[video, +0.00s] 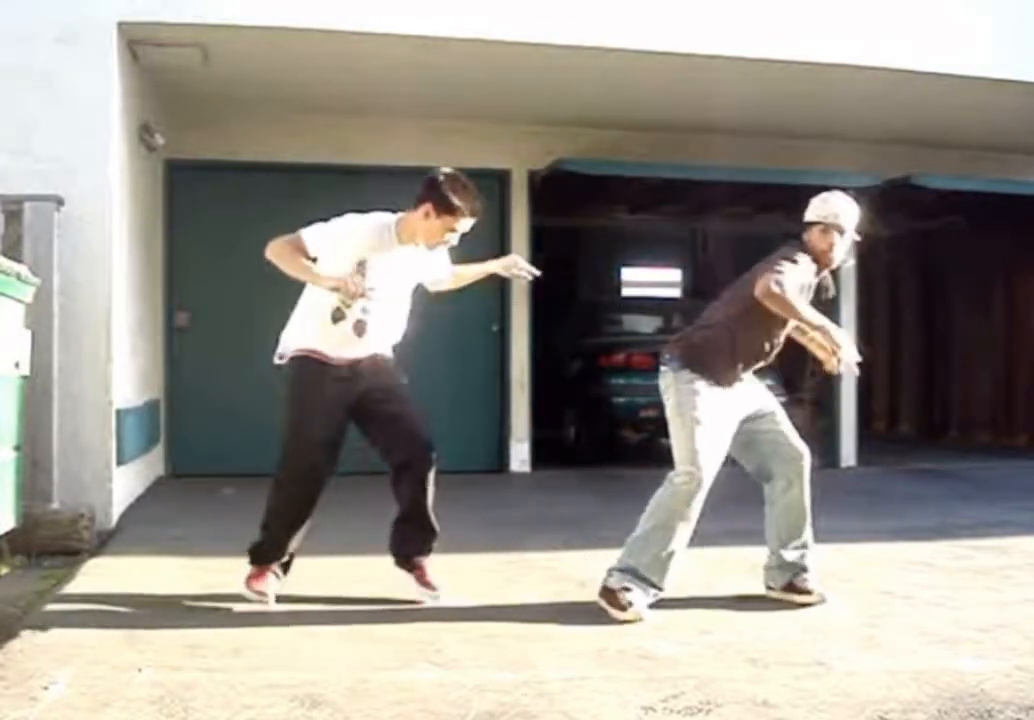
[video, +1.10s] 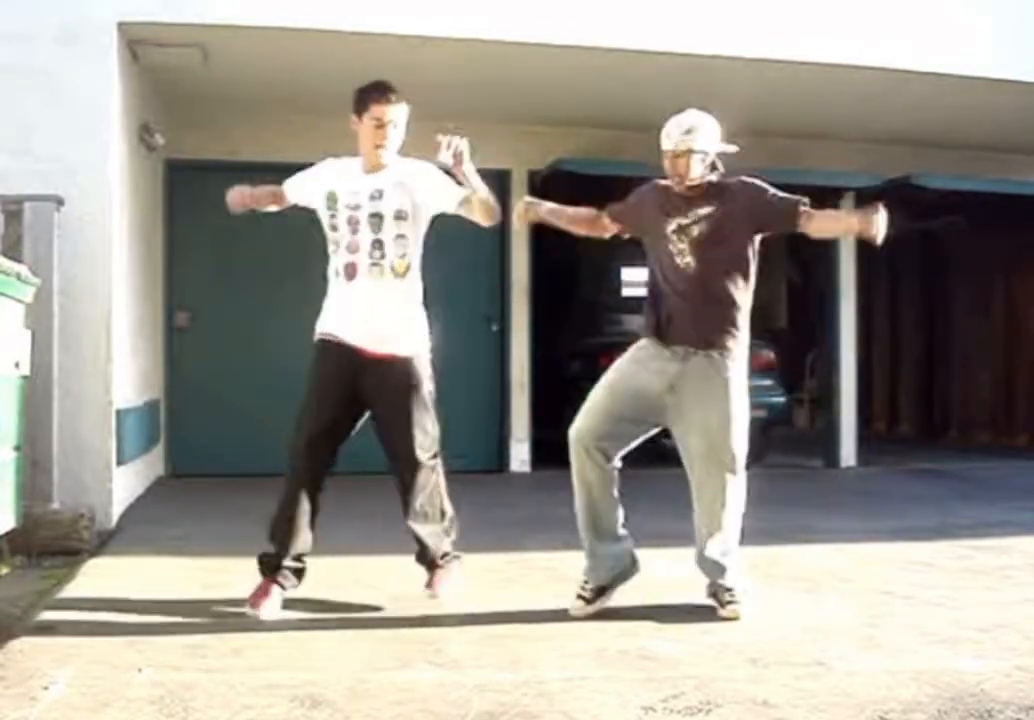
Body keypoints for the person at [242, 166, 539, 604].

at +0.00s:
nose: (448, 241)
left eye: (455, 234)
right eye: (448, 230)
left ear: (437, 216)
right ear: (425, 210)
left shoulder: (430, 251)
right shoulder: (361, 229)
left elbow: (441, 281)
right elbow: (278, 250)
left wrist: (495, 267)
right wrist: (327, 279)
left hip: (373, 364)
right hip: (318, 362)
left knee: (417, 453)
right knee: (307, 465)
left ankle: (413, 554)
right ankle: (266, 564)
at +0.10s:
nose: (453, 241)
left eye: (458, 233)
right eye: (451, 230)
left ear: (430, 218)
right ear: (424, 215)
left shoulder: (426, 263)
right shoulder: (348, 246)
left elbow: (404, 313)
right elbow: (289, 295)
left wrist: (462, 313)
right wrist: (333, 320)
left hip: (381, 377)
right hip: (324, 375)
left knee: (424, 467)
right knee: (306, 471)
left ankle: (432, 569)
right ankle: (271, 573)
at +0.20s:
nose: (420, 231)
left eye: (429, 223)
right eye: (414, 218)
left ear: (435, 224)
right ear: (388, 204)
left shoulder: (422, 273)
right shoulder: (334, 256)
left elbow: (430, 340)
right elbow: (305, 335)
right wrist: (339, 305)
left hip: (390, 399)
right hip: (331, 398)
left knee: (431, 485)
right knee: (311, 486)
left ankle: (427, 572)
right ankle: (269, 581)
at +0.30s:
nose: (406, 219)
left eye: (416, 211)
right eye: (400, 206)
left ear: (424, 214)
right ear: (377, 198)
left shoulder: (420, 266)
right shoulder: (329, 250)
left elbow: (441, 346)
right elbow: (301, 334)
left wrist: (389, 352)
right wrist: (331, 285)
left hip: (391, 396)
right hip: (330, 393)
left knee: (430, 485)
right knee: (310, 484)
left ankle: (427, 574)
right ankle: (272, 580)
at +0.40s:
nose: (362, 160)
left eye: (372, 151)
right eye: (356, 149)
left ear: (391, 155)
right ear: (344, 149)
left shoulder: (403, 208)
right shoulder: (321, 201)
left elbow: (403, 273)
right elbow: (277, 270)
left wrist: (344, 232)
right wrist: (314, 254)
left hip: (388, 368)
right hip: (325, 363)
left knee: (415, 470)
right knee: (290, 468)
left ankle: (429, 568)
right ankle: (270, 574)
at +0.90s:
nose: (342, 125)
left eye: (352, 117)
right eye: (335, 116)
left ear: (370, 124)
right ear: (323, 122)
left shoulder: (386, 183)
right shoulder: (307, 186)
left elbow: (390, 258)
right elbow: (293, 270)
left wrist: (317, 242)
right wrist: (286, 246)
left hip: (366, 349)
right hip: (307, 342)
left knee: (383, 470)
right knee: (274, 453)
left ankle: (419, 564)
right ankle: (269, 565)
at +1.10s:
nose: (385, 134)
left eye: (393, 125)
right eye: (376, 123)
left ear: (403, 128)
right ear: (356, 124)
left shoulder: (419, 177)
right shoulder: (329, 176)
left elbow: (488, 215)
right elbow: (276, 196)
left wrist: (466, 176)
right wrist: (244, 198)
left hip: (400, 337)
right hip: (341, 334)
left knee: (419, 455)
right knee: (309, 452)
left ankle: (442, 562)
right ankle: (280, 573)